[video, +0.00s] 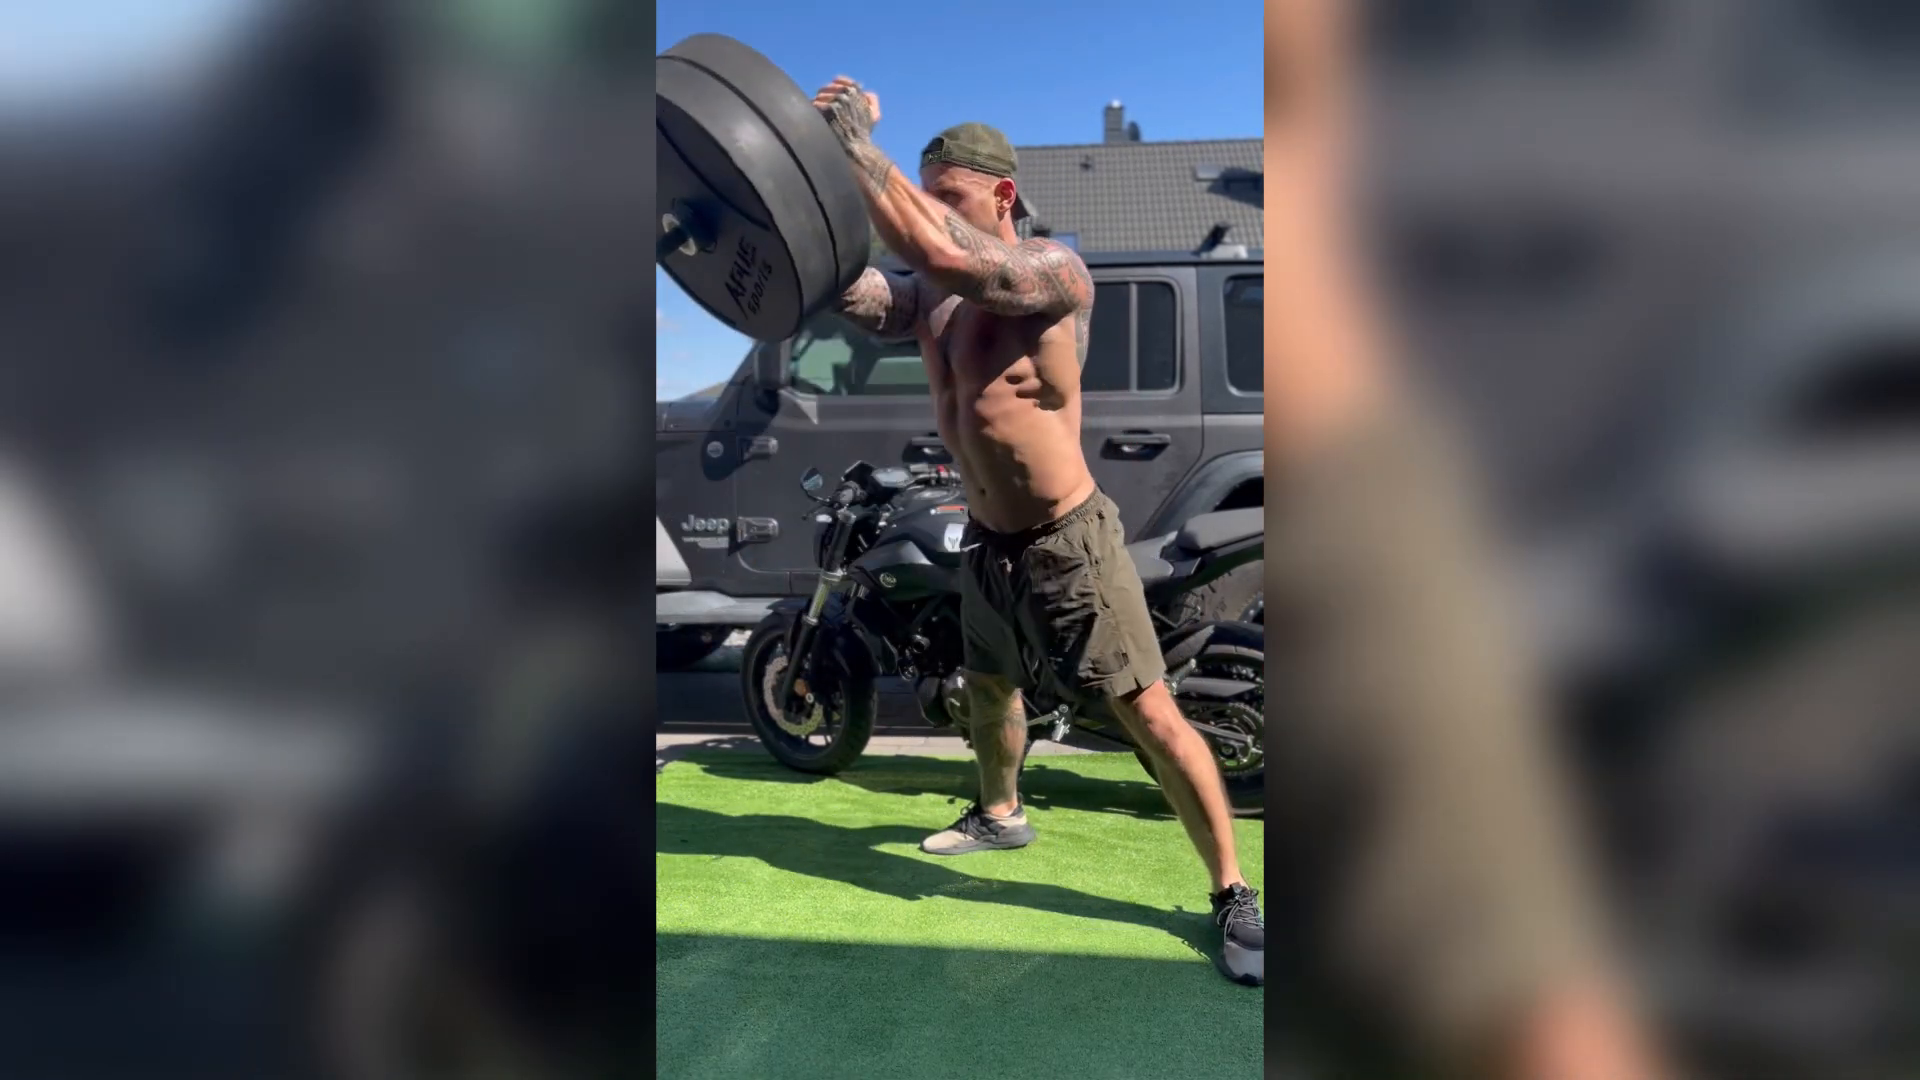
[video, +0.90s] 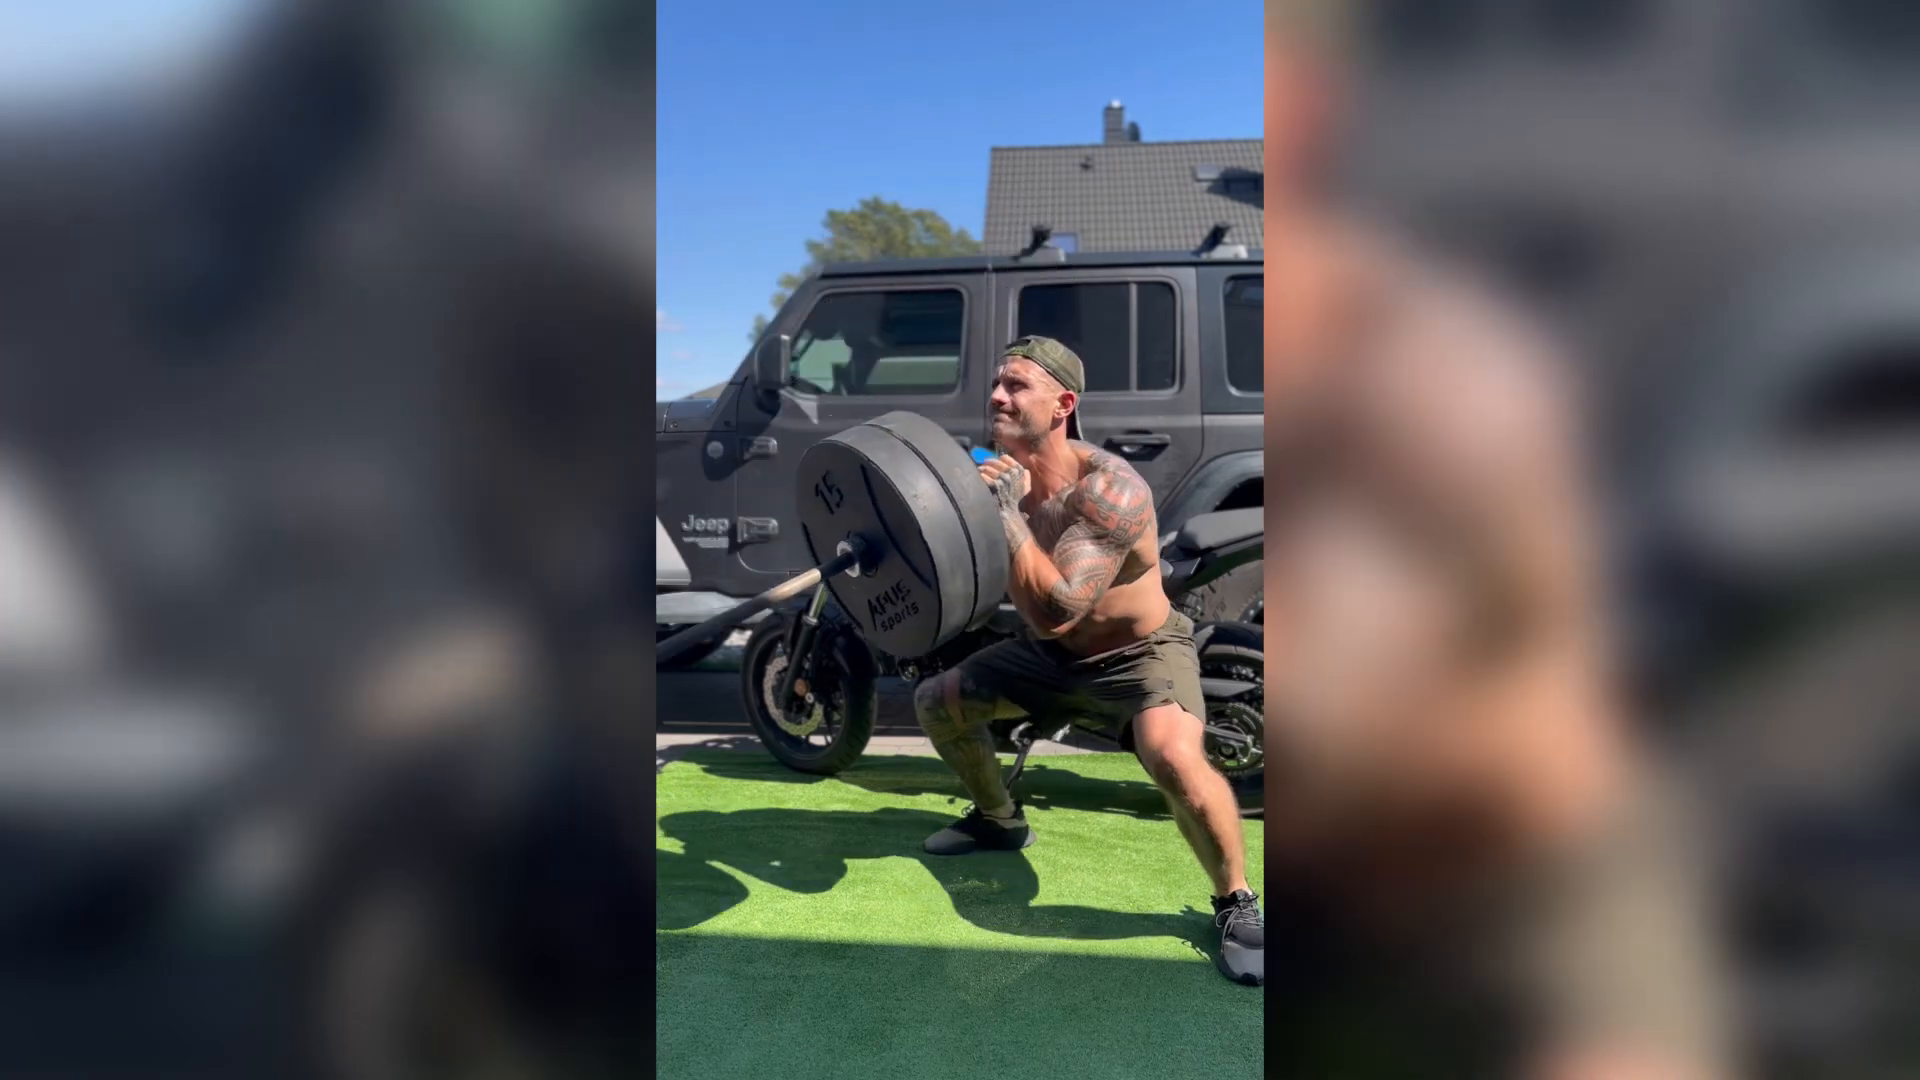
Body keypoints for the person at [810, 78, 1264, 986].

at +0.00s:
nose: (937, 207)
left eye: (951, 190)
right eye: (930, 194)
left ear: (1004, 194)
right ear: (930, 198)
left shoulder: (1058, 268)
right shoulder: (927, 298)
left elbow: (947, 253)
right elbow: (838, 287)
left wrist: (856, 146)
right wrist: (788, 177)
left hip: (1071, 537)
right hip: (987, 546)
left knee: (1150, 715)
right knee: (991, 691)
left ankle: (1232, 891)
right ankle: (1000, 816)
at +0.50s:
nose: (956, 208)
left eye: (972, 193)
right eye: (949, 196)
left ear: (1026, 200)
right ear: (950, 208)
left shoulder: (1076, 281)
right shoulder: (949, 302)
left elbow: (973, 291)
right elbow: (880, 324)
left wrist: (886, 186)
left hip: (1091, 545)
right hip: (1006, 551)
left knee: (1160, 725)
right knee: (989, 691)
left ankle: (1235, 896)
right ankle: (1000, 817)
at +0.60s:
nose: (975, 230)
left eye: (992, 215)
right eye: (971, 217)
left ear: (1045, 222)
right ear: (973, 231)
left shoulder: (1094, 314)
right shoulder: (976, 324)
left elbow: (999, 376)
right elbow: (915, 394)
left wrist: (928, 278)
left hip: (1103, 557)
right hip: (1013, 558)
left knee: (1161, 733)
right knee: (970, 695)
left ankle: (1235, 898)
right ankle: (1002, 819)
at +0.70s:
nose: (982, 280)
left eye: (1000, 267)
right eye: (981, 267)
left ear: (1051, 279)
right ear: (981, 281)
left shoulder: (1101, 371)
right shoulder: (984, 358)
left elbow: (1016, 464)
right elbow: (942, 459)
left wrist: (960, 365)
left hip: (1120, 583)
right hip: (1032, 586)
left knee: (1168, 742)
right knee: (952, 699)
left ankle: (1236, 899)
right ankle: (1002, 819)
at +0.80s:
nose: (990, 339)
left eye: (1009, 329)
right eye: (990, 327)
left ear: (1057, 347)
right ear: (988, 339)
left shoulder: (1105, 436)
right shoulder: (994, 420)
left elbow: (1035, 549)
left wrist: (989, 452)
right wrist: (940, 446)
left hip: (1133, 617)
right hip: (1047, 616)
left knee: (1167, 749)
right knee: (942, 702)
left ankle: (1237, 899)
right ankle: (995, 815)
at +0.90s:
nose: (997, 396)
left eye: (1016, 386)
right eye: (997, 384)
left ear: (1062, 405)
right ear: (993, 396)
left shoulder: (1116, 492)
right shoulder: (995, 476)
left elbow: (1058, 614)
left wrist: (1006, 513)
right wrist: (957, 501)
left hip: (1144, 649)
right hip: (1049, 649)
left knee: (1168, 751)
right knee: (939, 705)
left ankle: (1237, 901)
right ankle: (998, 821)